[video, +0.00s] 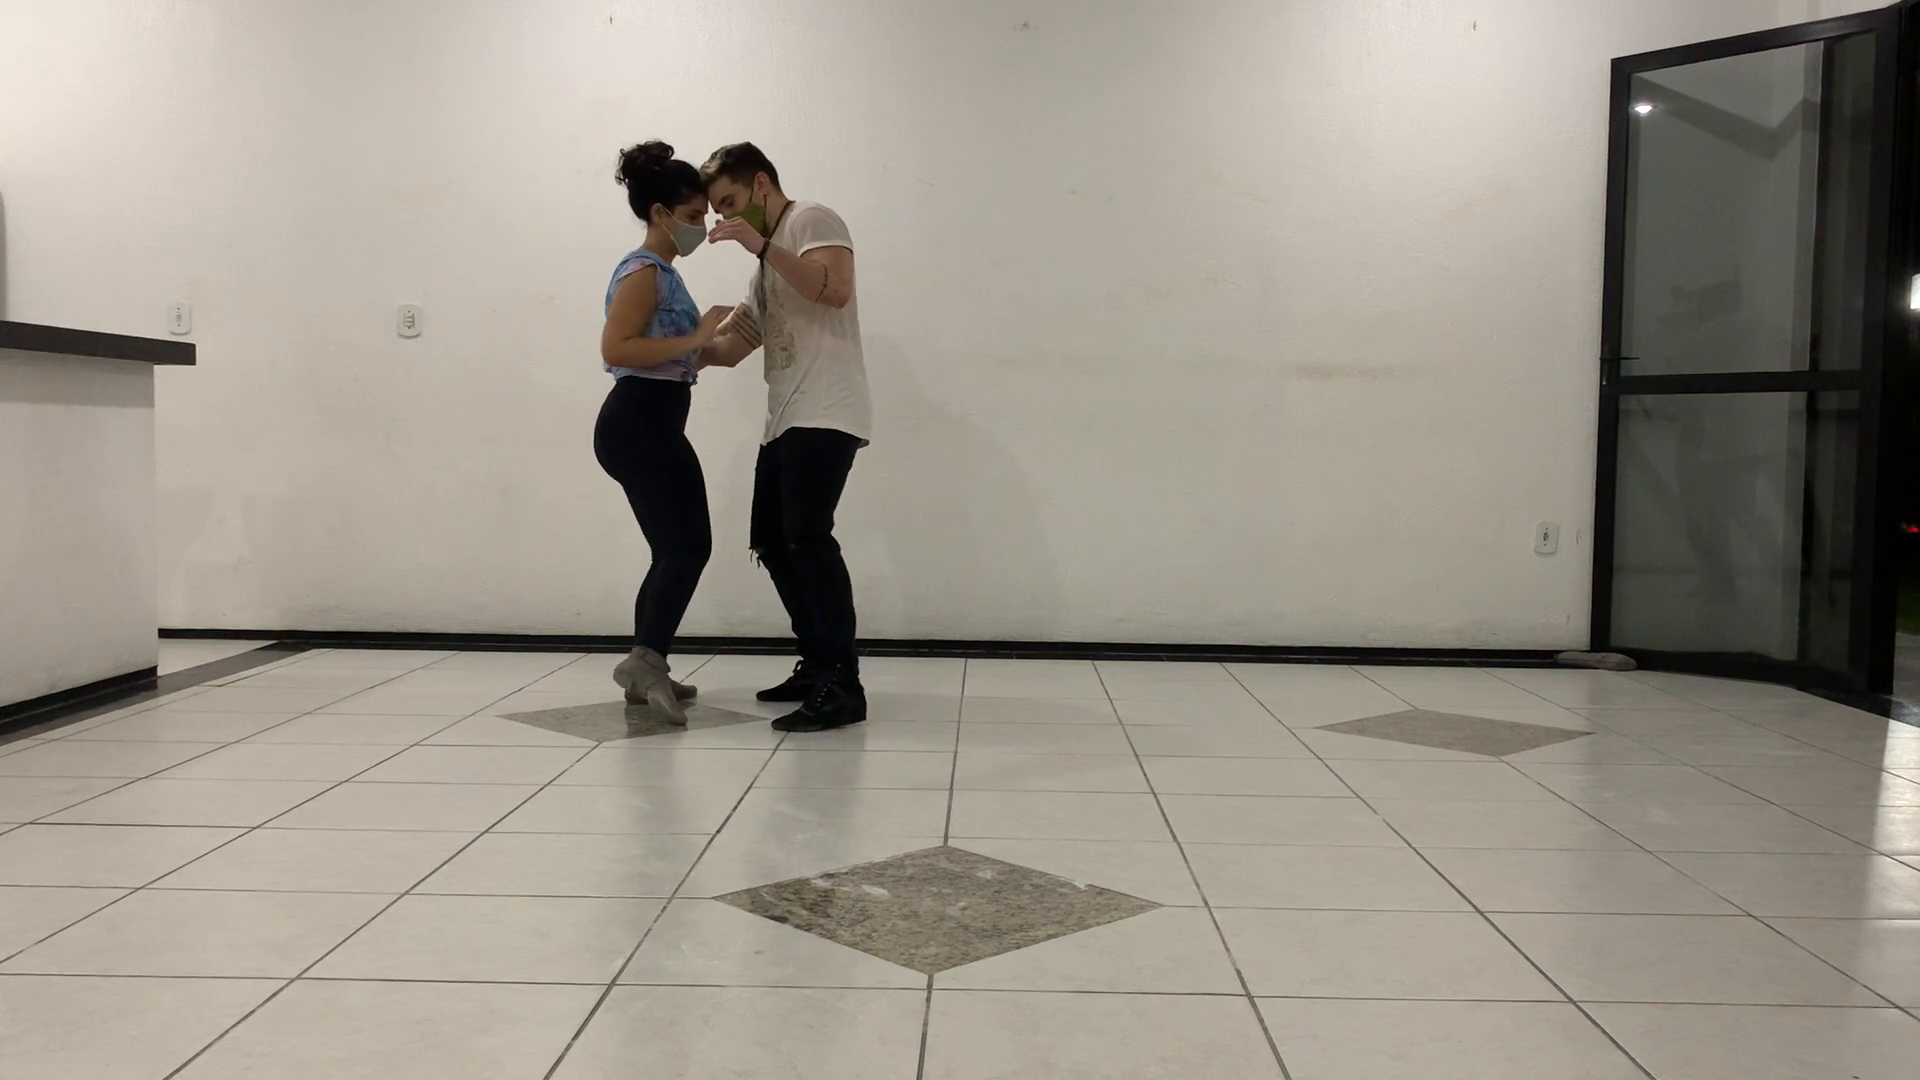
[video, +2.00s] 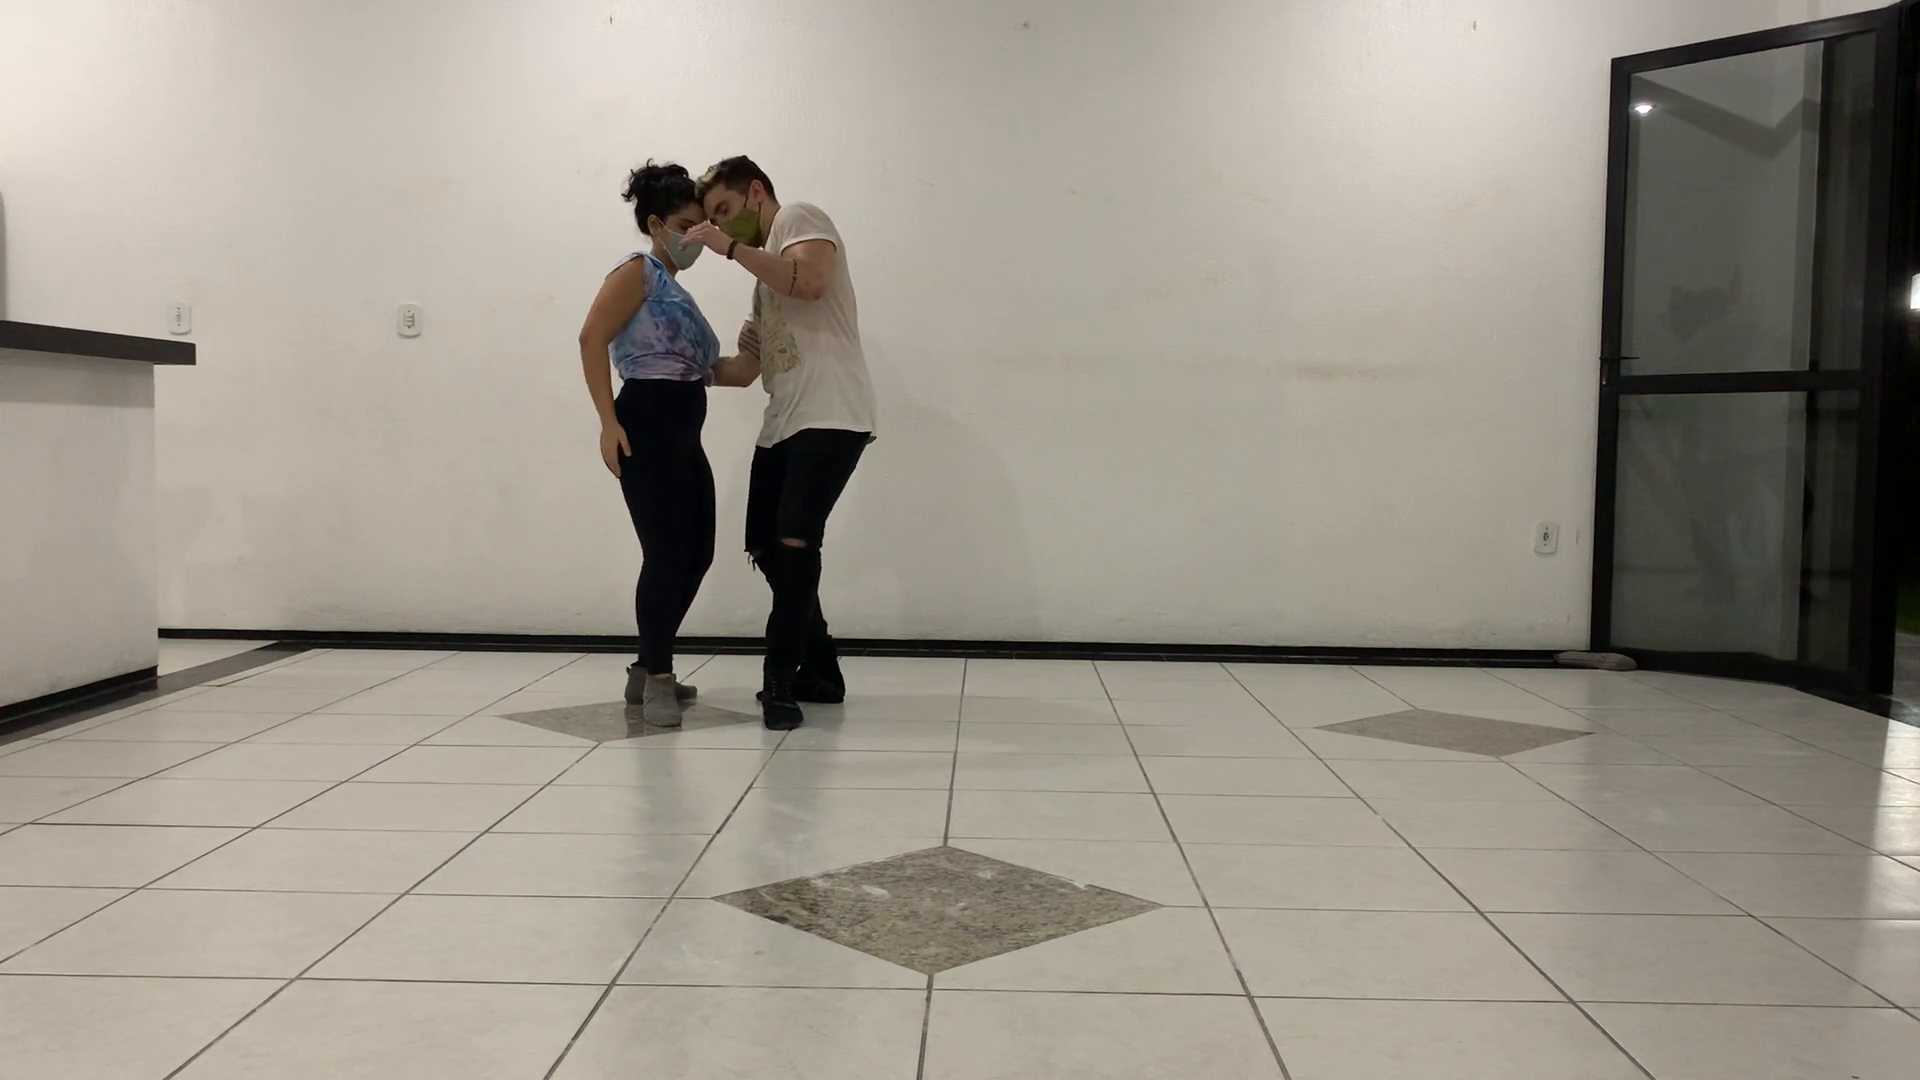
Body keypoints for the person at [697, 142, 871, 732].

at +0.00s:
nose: (730, 219)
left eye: (731, 203)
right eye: (721, 210)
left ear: (763, 183)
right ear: (740, 203)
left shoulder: (812, 219)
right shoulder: (765, 272)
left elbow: (836, 288)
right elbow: (728, 349)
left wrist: (760, 245)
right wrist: (660, 340)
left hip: (827, 411)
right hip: (786, 418)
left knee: (806, 538)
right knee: (771, 542)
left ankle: (842, 687)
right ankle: (818, 666)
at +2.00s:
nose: (722, 227)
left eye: (724, 211)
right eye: (714, 220)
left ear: (757, 192)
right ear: (739, 212)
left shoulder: (802, 218)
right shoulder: (763, 277)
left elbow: (809, 282)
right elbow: (744, 369)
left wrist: (732, 248)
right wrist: (686, 362)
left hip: (833, 411)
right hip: (782, 420)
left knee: (793, 536)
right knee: (765, 543)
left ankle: (778, 683)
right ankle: (820, 671)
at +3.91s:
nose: (728, 214)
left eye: (730, 198)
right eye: (722, 206)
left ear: (763, 180)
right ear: (758, 190)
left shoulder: (800, 214)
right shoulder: (779, 248)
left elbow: (794, 290)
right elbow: (752, 343)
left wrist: (715, 251)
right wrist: (677, 334)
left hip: (843, 396)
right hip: (816, 401)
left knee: (785, 518)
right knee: (786, 523)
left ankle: (827, 669)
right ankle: (816, 665)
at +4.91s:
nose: (701, 201)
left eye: (701, 185)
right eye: (694, 192)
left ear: (733, 163)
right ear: (735, 170)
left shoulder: (788, 195)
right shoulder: (766, 236)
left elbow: (789, 283)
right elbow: (698, 308)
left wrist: (698, 247)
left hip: (870, 394)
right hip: (871, 395)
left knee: (853, 546)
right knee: (875, 546)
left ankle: (830, 700)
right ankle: (860, 697)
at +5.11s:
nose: (689, 204)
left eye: (689, 189)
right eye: (683, 195)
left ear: (720, 165)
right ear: (722, 171)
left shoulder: (780, 196)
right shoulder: (756, 234)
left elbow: (798, 281)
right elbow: (682, 306)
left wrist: (702, 254)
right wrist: (596, 319)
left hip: (860, 396)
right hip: (874, 393)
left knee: (842, 551)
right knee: (895, 540)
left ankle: (824, 701)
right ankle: (928, 690)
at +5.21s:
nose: (683, 203)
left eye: (684, 185)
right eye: (676, 193)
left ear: (714, 160)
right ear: (714, 169)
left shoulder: (778, 193)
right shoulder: (745, 240)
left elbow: (801, 275)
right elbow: (675, 310)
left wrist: (705, 250)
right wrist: (590, 320)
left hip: (855, 396)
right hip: (853, 397)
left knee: (835, 546)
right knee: (873, 536)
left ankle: (825, 699)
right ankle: (963, 665)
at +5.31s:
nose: (677, 203)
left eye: (677, 186)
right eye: (672, 194)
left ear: (711, 163)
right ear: (709, 172)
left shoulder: (776, 193)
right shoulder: (739, 241)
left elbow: (802, 273)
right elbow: (670, 316)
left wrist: (703, 244)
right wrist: (577, 320)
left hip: (852, 393)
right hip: (824, 400)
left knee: (825, 543)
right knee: (832, 540)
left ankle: (825, 703)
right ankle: (978, 579)